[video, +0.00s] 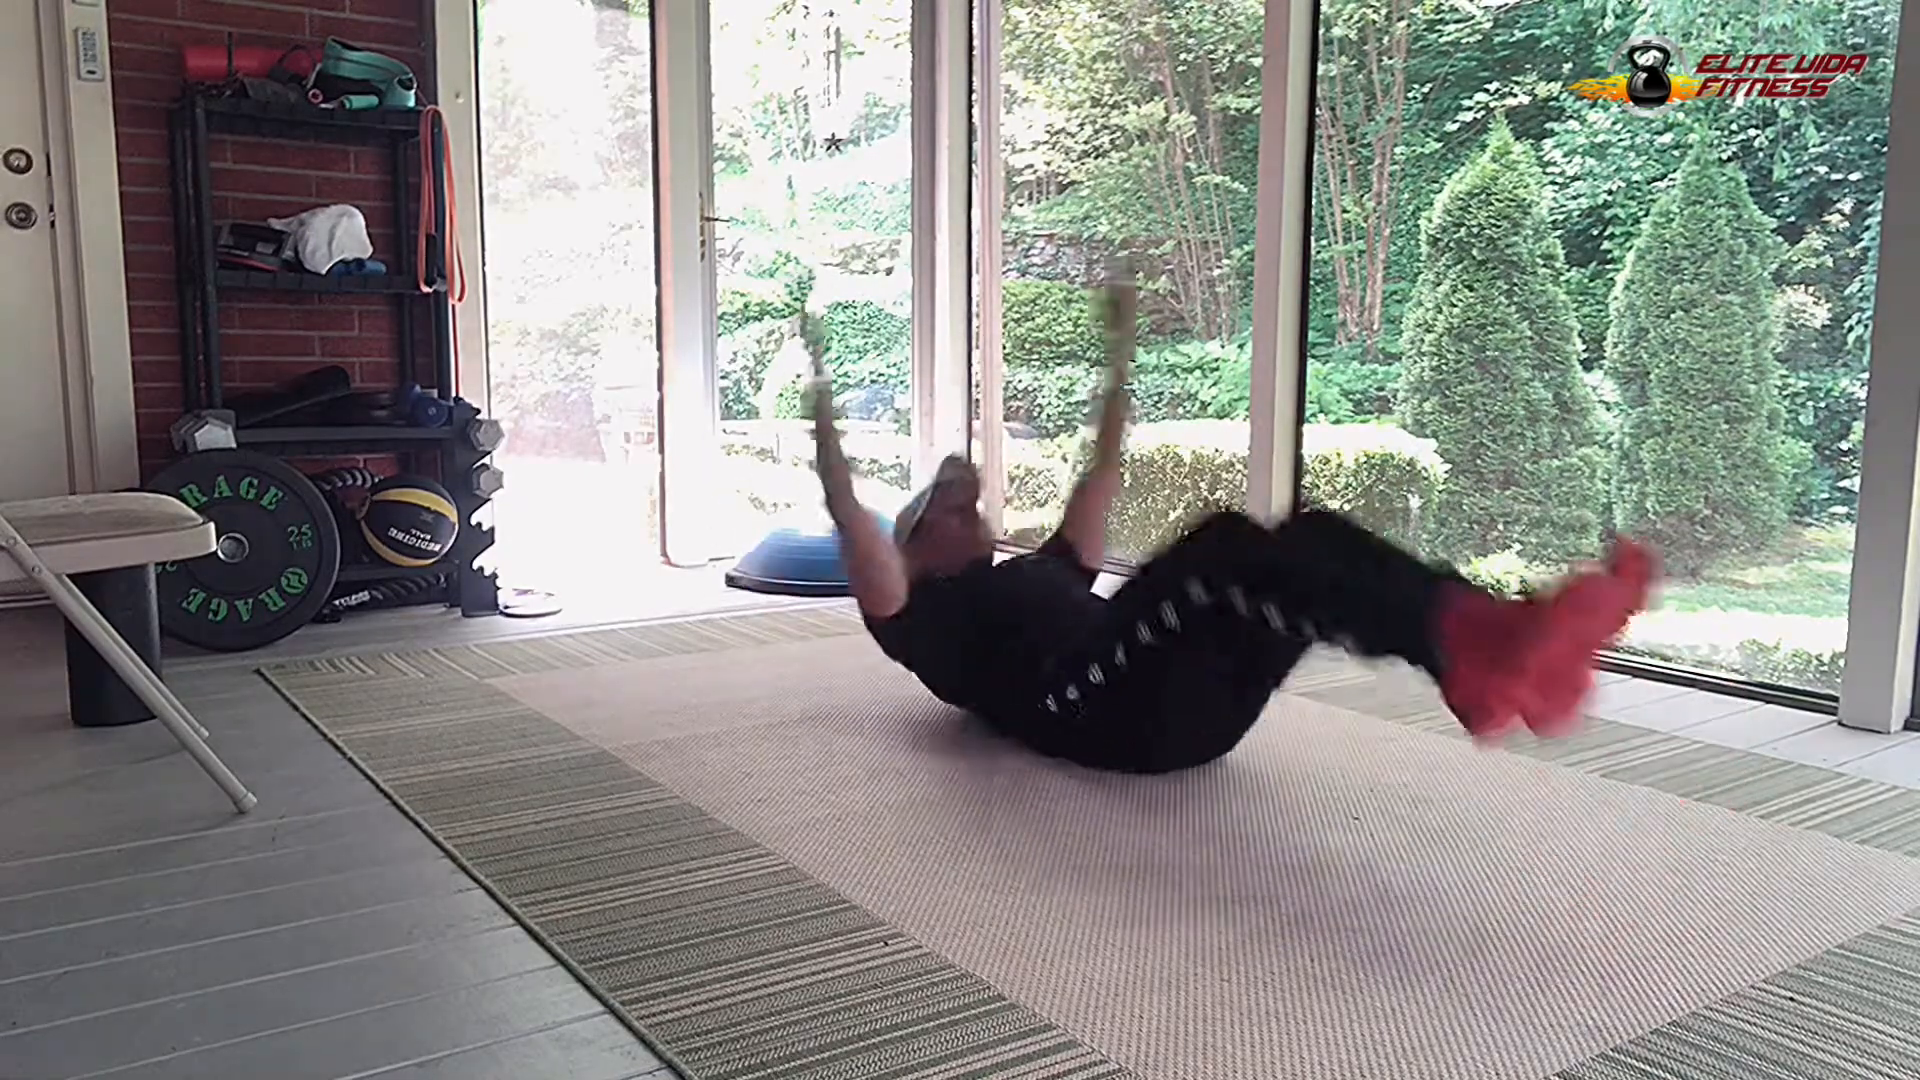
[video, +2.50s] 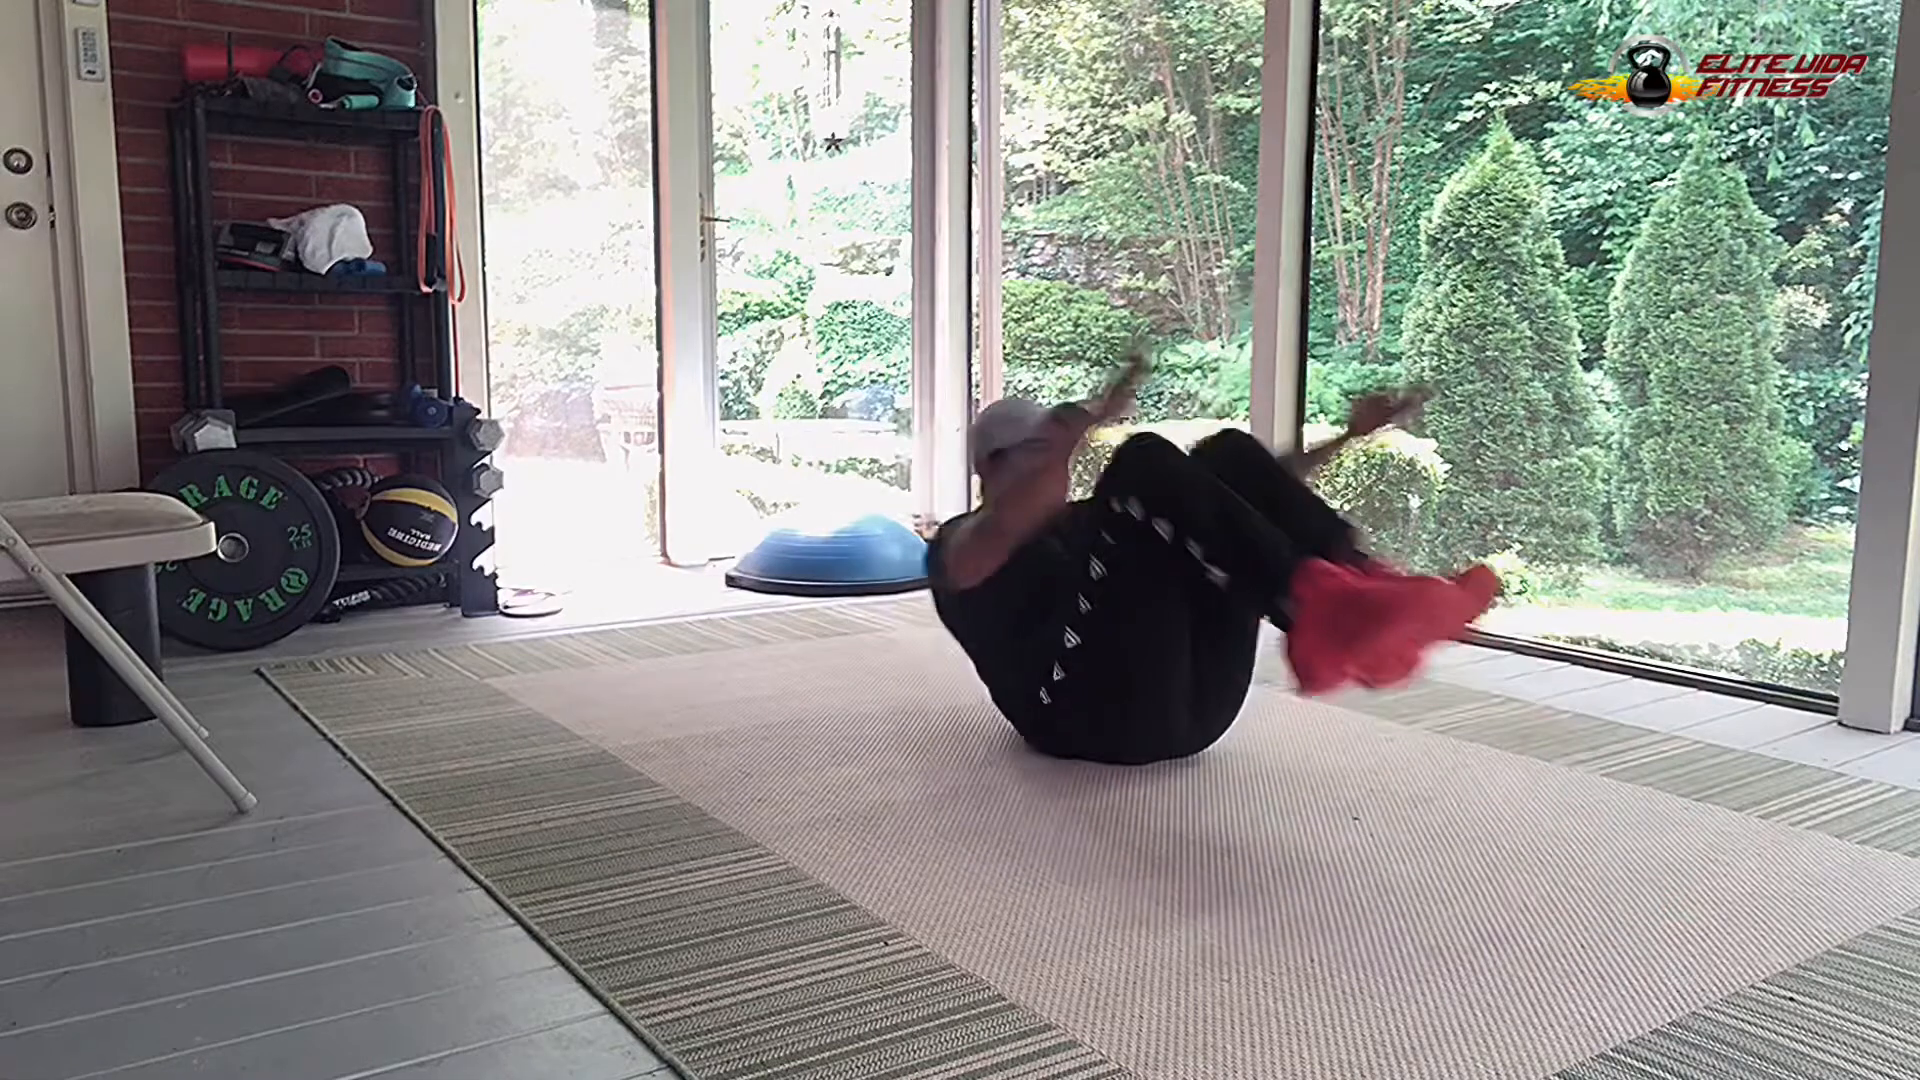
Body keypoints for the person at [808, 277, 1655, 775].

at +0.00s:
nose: (969, 508)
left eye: (973, 500)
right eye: (947, 507)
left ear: (989, 524)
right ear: (912, 543)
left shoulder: (1044, 572)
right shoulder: (922, 613)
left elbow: (1099, 483)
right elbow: (872, 565)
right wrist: (831, 454)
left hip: (1170, 691)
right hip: (1106, 709)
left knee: (1302, 533)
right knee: (1232, 550)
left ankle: (1495, 648)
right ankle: (1472, 648)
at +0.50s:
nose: (1042, 504)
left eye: (1037, 489)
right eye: (1023, 490)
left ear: (1048, 490)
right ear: (971, 506)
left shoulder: (1066, 541)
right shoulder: (938, 583)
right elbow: (1001, 585)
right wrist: (1107, 539)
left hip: (1188, 698)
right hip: (1087, 712)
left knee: (1146, 439)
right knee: (1076, 446)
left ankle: (1274, 547)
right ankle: (1234, 567)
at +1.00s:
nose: (958, 514)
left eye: (967, 505)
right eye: (939, 509)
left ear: (989, 526)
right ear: (909, 544)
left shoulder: (1060, 569)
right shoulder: (913, 613)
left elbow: (1102, 468)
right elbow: (866, 477)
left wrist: (1104, 330)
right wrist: (855, 351)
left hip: (1176, 691)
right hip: (1098, 706)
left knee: (1304, 518)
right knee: (1222, 540)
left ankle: (1492, 656)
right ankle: (1465, 665)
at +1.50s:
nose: (906, 570)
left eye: (911, 562)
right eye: (888, 578)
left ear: (935, 576)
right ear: (880, 610)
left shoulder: (993, 585)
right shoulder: (884, 642)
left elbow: (982, 546)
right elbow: (759, 578)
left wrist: (930, 534)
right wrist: (837, 573)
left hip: (1144, 642)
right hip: (1081, 684)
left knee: (1336, 677)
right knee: (1277, 703)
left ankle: (1581, 827)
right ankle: (1552, 789)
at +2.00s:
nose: (941, 541)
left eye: (946, 539)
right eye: (919, 547)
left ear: (963, 558)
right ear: (892, 586)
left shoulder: (1013, 584)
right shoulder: (888, 645)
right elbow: (747, 604)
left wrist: (950, 545)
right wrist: (829, 591)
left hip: (1170, 643)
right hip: (1090, 685)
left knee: (1358, 688)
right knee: (1290, 721)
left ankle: (1582, 830)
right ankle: (1554, 826)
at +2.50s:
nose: (1053, 469)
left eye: (1058, 455)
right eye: (1035, 458)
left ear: (1064, 459)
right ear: (990, 473)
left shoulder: (1103, 526)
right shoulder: (959, 544)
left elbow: (1217, 524)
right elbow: (982, 550)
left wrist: (1348, 438)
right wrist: (1081, 426)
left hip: (1188, 708)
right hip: (1095, 713)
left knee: (1226, 451)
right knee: (1144, 461)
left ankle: (1369, 588)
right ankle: (1318, 612)